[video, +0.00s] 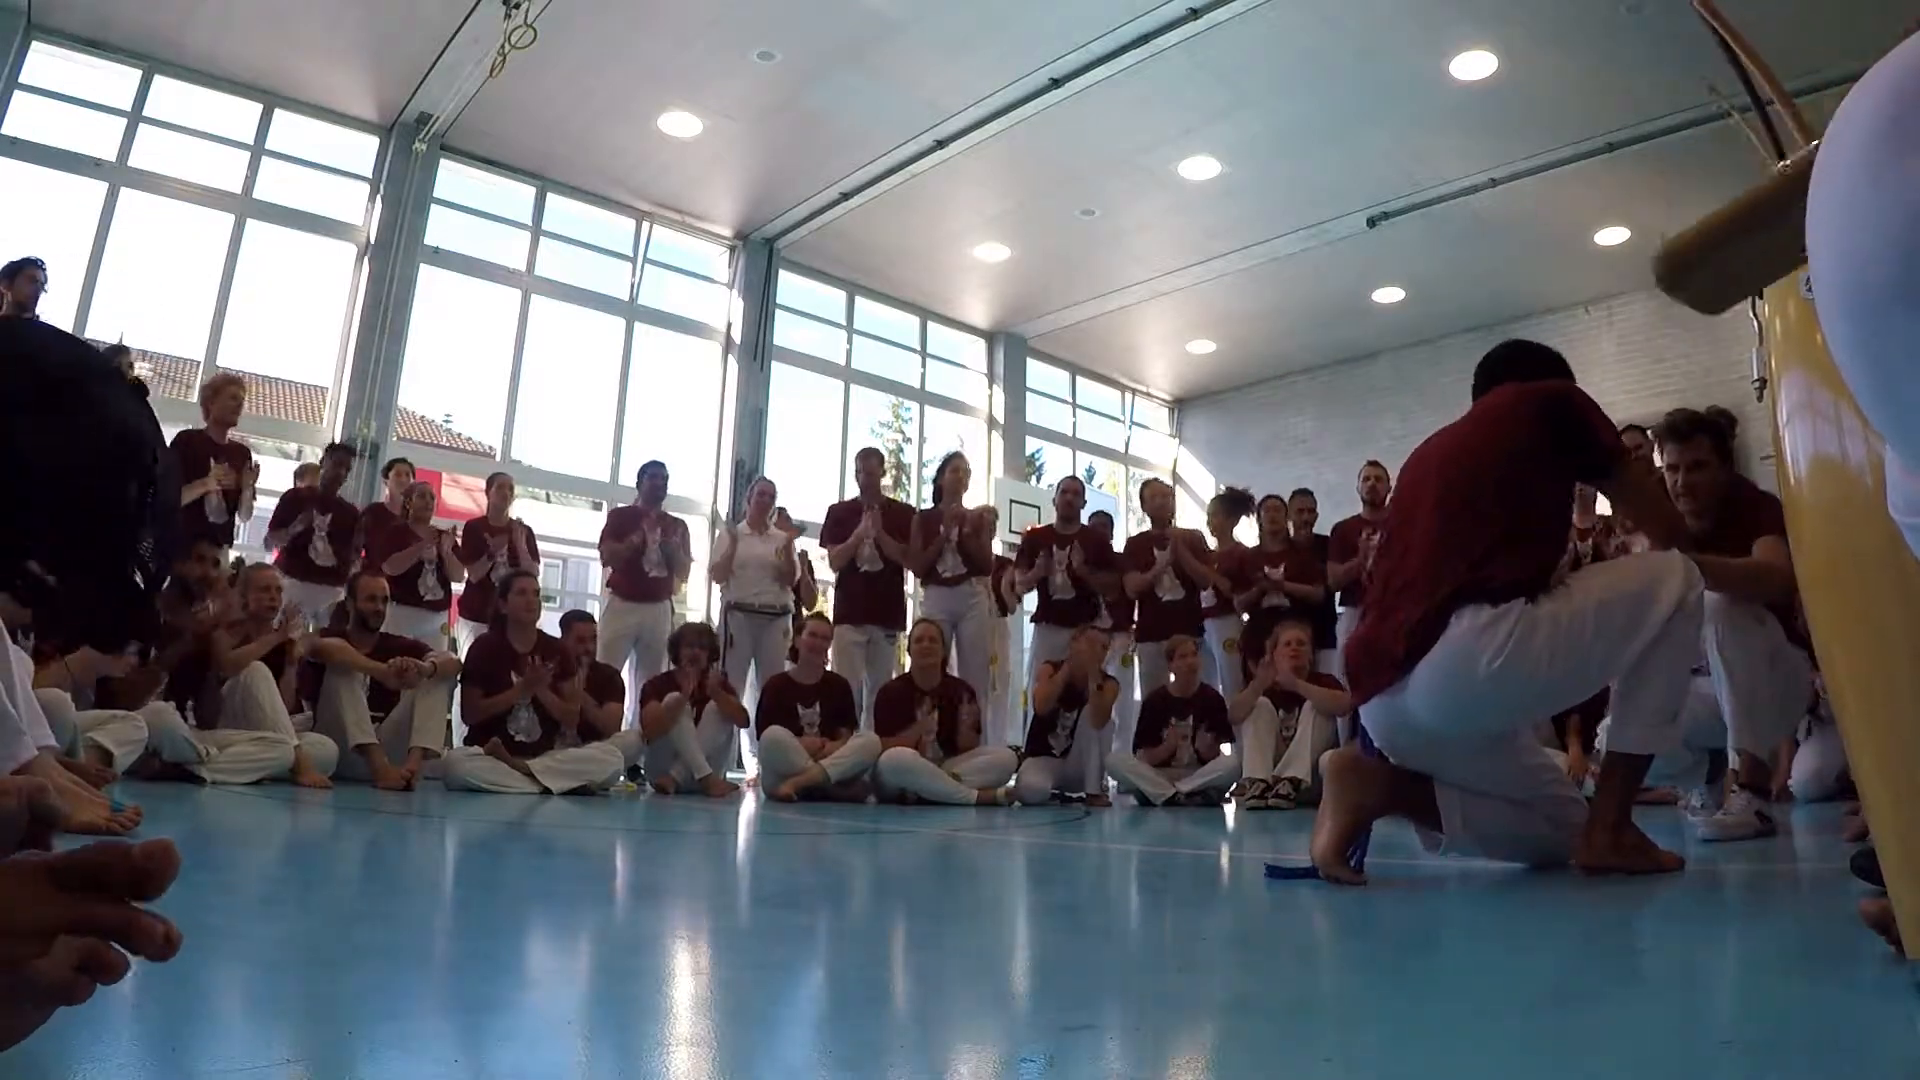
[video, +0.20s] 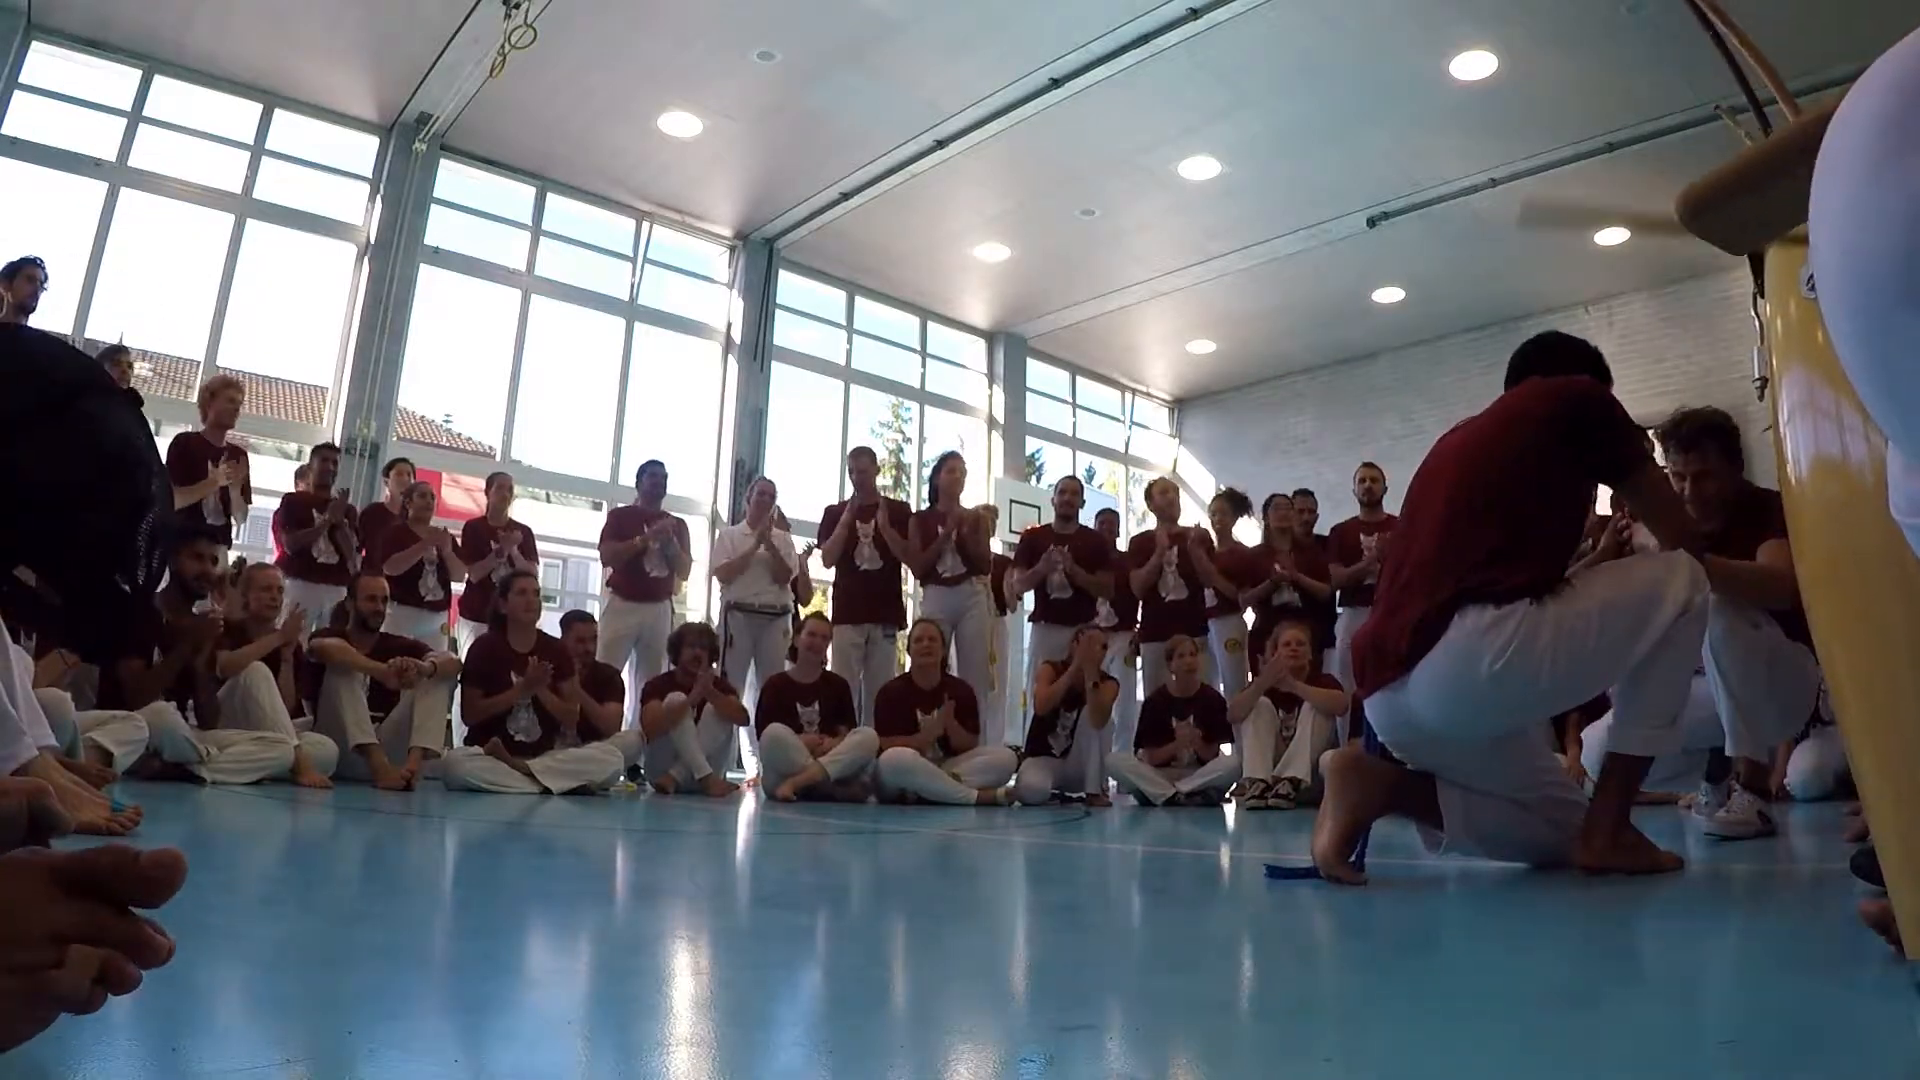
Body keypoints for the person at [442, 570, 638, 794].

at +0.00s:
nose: (531, 601)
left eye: (536, 594)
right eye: (521, 594)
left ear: (542, 602)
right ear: (503, 604)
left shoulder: (558, 648)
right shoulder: (483, 647)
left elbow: (572, 717)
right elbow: (470, 714)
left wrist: (539, 689)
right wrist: (522, 690)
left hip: (545, 756)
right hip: (489, 755)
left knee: (612, 758)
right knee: (455, 766)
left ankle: (523, 766)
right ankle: (549, 786)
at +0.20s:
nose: (531, 600)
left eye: (536, 594)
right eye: (521, 594)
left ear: (542, 602)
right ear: (503, 604)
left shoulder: (558, 649)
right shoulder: (483, 647)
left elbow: (572, 718)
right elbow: (470, 715)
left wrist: (539, 689)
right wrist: (523, 689)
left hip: (546, 756)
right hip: (490, 755)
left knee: (611, 759)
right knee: (454, 765)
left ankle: (524, 766)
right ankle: (549, 785)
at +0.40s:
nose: (532, 601)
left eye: (536, 594)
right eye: (522, 594)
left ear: (542, 601)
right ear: (502, 604)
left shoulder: (557, 648)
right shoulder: (483, 647)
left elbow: (572, 717)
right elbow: (470, 715)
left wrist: (540, 690)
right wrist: (523, 689)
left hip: (545, 756)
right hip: (490, 754)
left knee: (611, 759)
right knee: (455, 766)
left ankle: (525, 767)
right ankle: (549, 785)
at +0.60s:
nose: (531, 601)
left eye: (536, 594)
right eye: (521, 594)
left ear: (542, 602)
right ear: (502, 604)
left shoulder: (557, 648)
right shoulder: (483, 647)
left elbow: (571, 717)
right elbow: (470, 714)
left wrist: (540, 690)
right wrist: (522, 690)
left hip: (545, 756)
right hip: (489, 754)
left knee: (611, 759)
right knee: (455, 766)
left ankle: (524, 767)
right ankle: (549, 785)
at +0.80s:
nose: (531, 601)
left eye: (536, 594)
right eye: (521, 594)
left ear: (542, 602)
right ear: (502, 604)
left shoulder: (557, 648)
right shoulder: (483, 647)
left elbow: (571, 717)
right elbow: (470, 714)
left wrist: (538, 689)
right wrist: (523, 689)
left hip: (545, 756)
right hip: (488, 755)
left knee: (612, 759)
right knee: (455, 766)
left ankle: (523, 766)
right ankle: (549, 786)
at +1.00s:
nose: (531, 601)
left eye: (536, 595)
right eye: (521, 594)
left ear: (542, 603)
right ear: (502, 604)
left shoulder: (557, 648)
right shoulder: (483, 647)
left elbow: (571, 717)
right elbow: (470, 714)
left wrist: (537, 690)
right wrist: (522, 689)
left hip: (546, 756)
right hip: (489, 755)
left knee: (611, 759)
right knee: (454, 765)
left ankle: (523, 766)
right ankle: (549, 786)